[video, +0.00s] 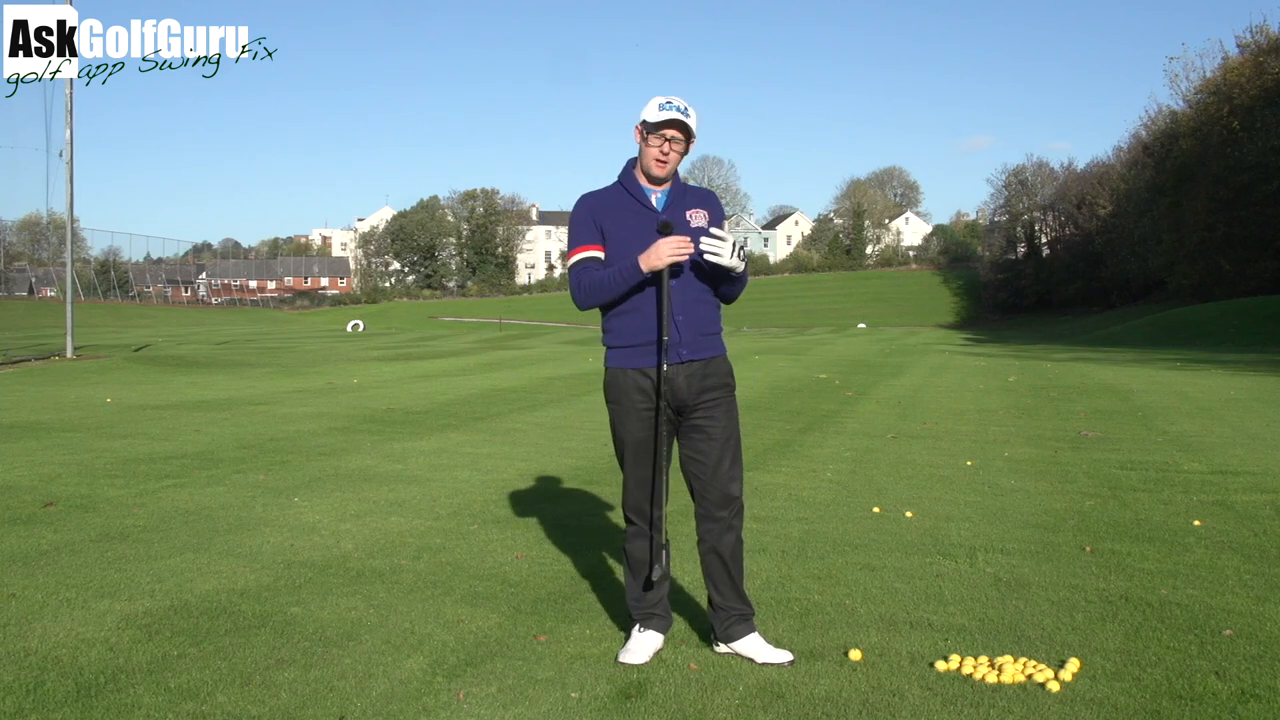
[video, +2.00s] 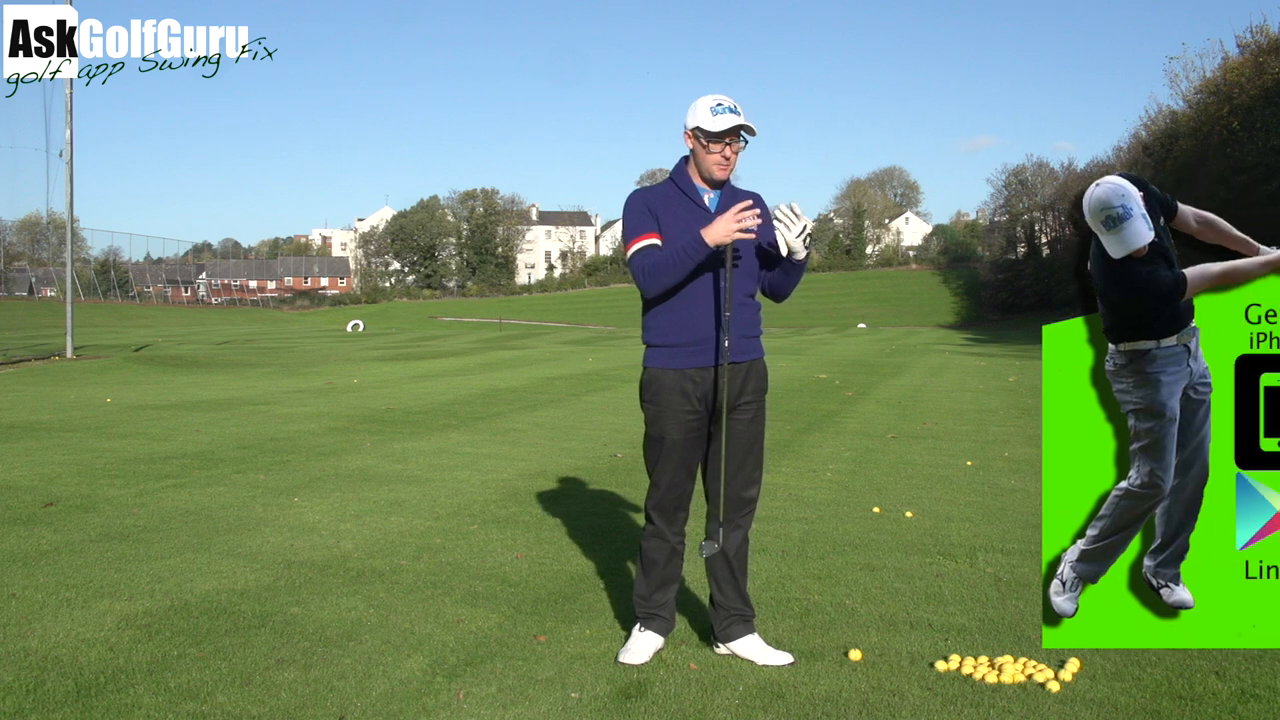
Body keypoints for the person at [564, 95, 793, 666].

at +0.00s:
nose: (666, 146)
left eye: (677, 140)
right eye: (658, 135)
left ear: (688, 148)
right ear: (639, 137)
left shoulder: (705, 205)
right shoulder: (595, 207)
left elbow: (728, 290)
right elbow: (585, 291)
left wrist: (730, 264)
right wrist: (643, 263)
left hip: (705, 369)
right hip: (633, 374)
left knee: (721, 501)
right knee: (642, 504)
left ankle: (732, 626)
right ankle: (649, 621)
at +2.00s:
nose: (730, 150)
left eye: (737, 140)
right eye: (718, 140)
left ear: (742, 145)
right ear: (691, 140)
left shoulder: (751, 206)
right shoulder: (647, 203)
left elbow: (776, 287)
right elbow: (652, 280)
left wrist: (796, 253)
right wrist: (709, 237)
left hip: (744, 372)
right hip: (675, 374)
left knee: (735, 506)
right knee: (667, 505)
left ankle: (733, 627)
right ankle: (653, 621)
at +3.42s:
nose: (705, 145)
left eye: (716, 137)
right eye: (696, 136)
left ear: (734, 144)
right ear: (683, 139)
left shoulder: (760, 204)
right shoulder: (648, 197)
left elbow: (782, 280)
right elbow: (647, 258)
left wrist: (761, 294)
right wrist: (686, 193)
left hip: (735, 374)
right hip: (662, 374)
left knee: (731, 510)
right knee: (658, 508)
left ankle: (733, 623)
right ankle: (652, 619)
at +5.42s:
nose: (652, 150)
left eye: (662, 140)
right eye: (643, 140)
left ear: (677, 147)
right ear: (629, 146)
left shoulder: (707, 202)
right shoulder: (595, 215)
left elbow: (724, 281)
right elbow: (602, 305)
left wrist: (706, 335)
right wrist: (661, 340)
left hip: (694, 374)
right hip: (624, 377)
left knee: (715, 503)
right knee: (635, 505)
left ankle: (729, 622)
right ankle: (648, 618)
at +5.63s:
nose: (650, 148)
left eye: (661, 140)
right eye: (641, 139)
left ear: (675, 147)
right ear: (627, 144)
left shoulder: (701, 200)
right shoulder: (589, 213)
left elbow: (721, 277)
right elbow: (590, 301)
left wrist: (719, 336)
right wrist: (650, 328)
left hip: (692, 376)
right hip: (621, 379)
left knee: (713, 504)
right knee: (634, 507)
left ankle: (728, 623)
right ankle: (649, 619)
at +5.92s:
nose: (665, 159)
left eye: (674, 148)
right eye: (654, 147)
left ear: (683, 150)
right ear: (630, 144)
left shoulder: (699, 205)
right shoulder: (587, 212)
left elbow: (733, 273)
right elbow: (565, 295)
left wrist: (758, 331)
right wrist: (602, 292)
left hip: (690, 377)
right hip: (617, 381)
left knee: (721, 501)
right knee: (633, 506)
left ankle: (731, 620)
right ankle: (649, 620)